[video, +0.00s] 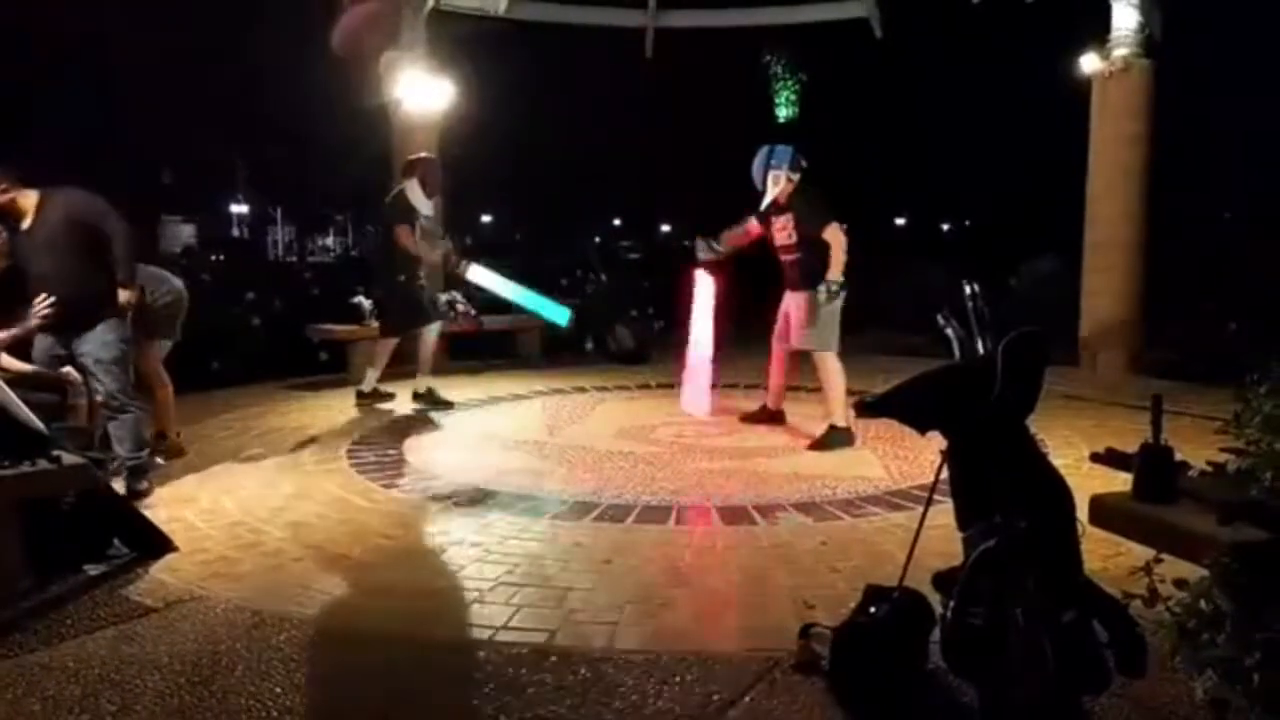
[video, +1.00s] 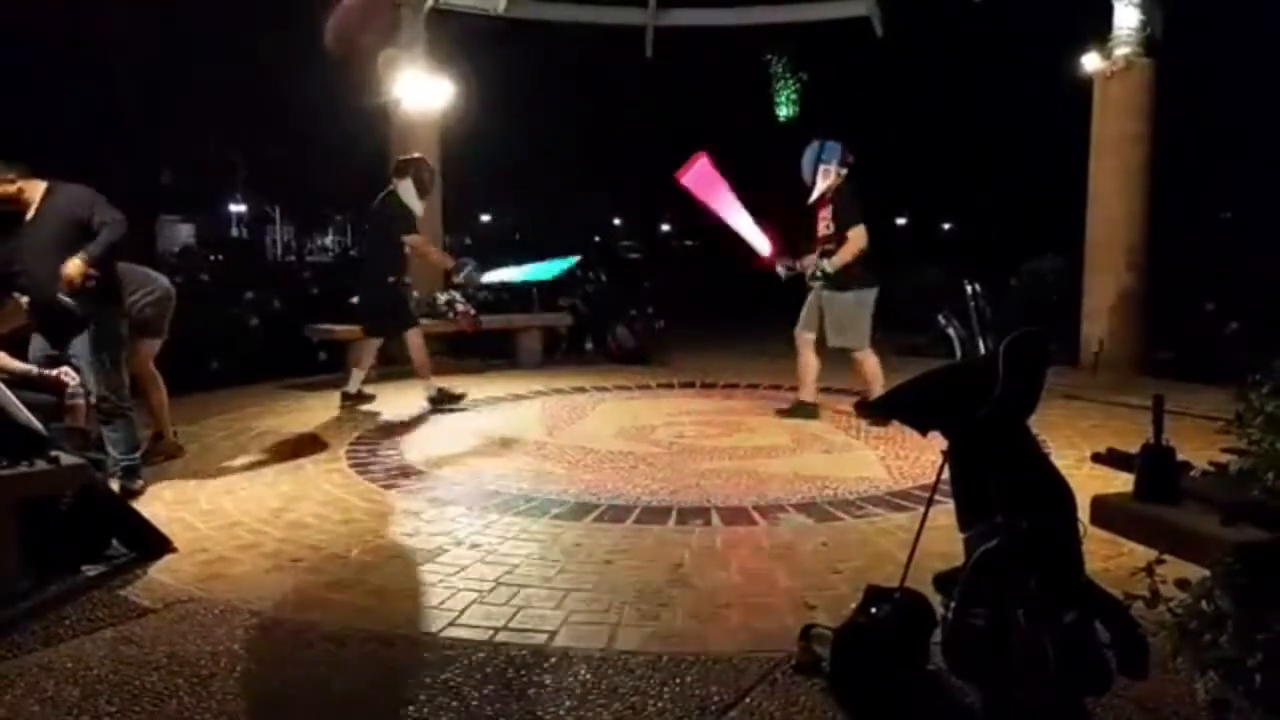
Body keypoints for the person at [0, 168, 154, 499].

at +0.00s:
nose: (2, 211)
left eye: (1, 203)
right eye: (1, 205)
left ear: (9, 192)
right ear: (7, 194)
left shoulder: (68, 204)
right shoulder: (15, 237)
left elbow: (119, 230)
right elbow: (23, 285)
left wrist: (125, 283)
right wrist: (28, 322)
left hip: (98, 320)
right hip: (50, 329)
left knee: (114, 396)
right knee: (44, 401)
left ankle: (134, 471)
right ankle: (55, 477)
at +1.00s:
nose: (5, 200)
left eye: (4, 193)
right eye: (2, 195)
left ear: (16, 182)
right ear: (8, 189)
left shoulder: (72, 198)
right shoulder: (15, 223)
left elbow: (116, 225)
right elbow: (15, 272)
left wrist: (84, 259)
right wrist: (17, 296)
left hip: (91, 314)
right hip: (47, 321)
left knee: (106, 396)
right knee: (42, 399)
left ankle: (126, 471)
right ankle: (60, 472)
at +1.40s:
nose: (29, 195)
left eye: (29, 185)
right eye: (24, 189)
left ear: (48, 174)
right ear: (44, 179)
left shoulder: (96, 201)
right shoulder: (60, 210)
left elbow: (85, 242)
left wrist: (32, 247)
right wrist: (24, 262)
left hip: (109, 311)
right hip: (73, 311)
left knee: (115, 395)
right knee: (62, 388)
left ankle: (127, 470)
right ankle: (75, 466)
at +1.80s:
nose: (8, 204)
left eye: (6, 197)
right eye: (5, 198)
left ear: (15, 186)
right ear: (18, 184)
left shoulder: (64, 208)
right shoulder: (46, 212)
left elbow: (52, 265)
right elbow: (45, 262)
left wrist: (25, 289)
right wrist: (25, 285)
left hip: (103, 313)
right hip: (79, 313)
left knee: (113, 395)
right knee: (87, 395)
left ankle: (127, 470)